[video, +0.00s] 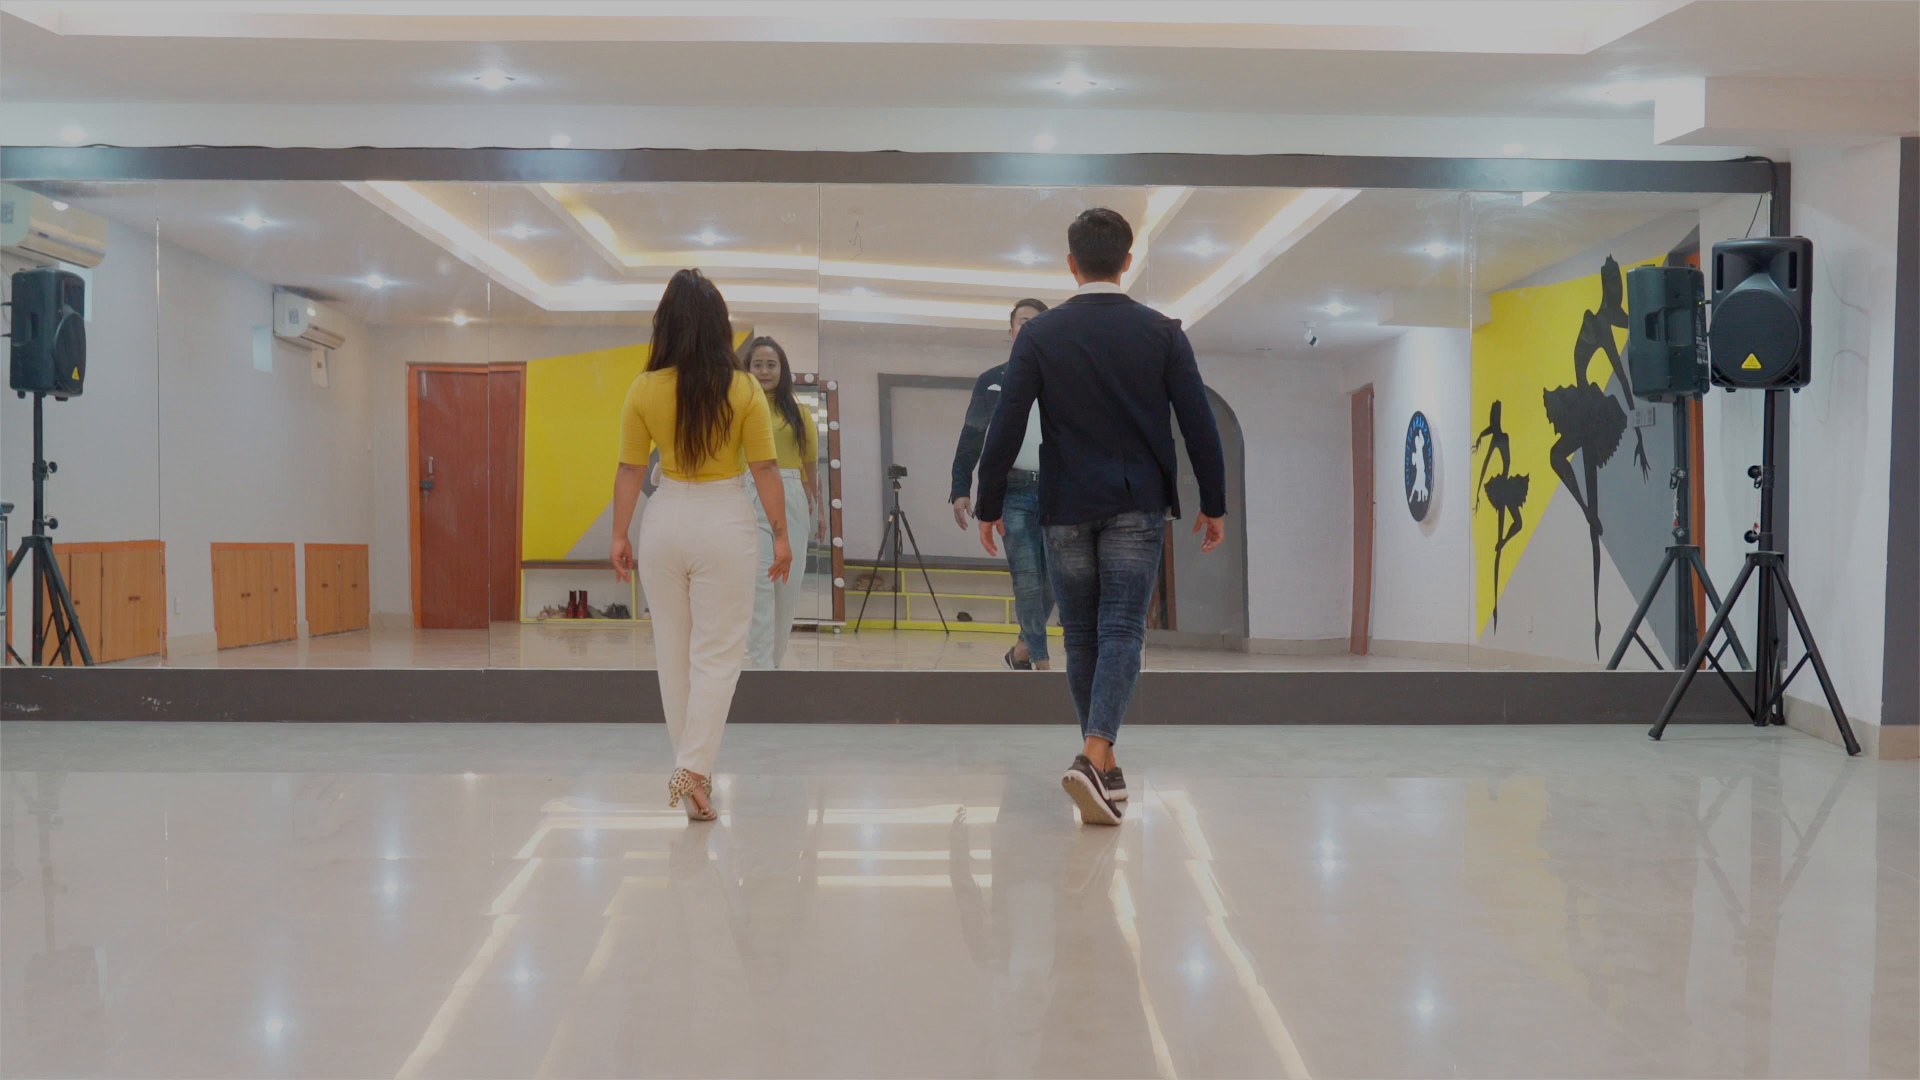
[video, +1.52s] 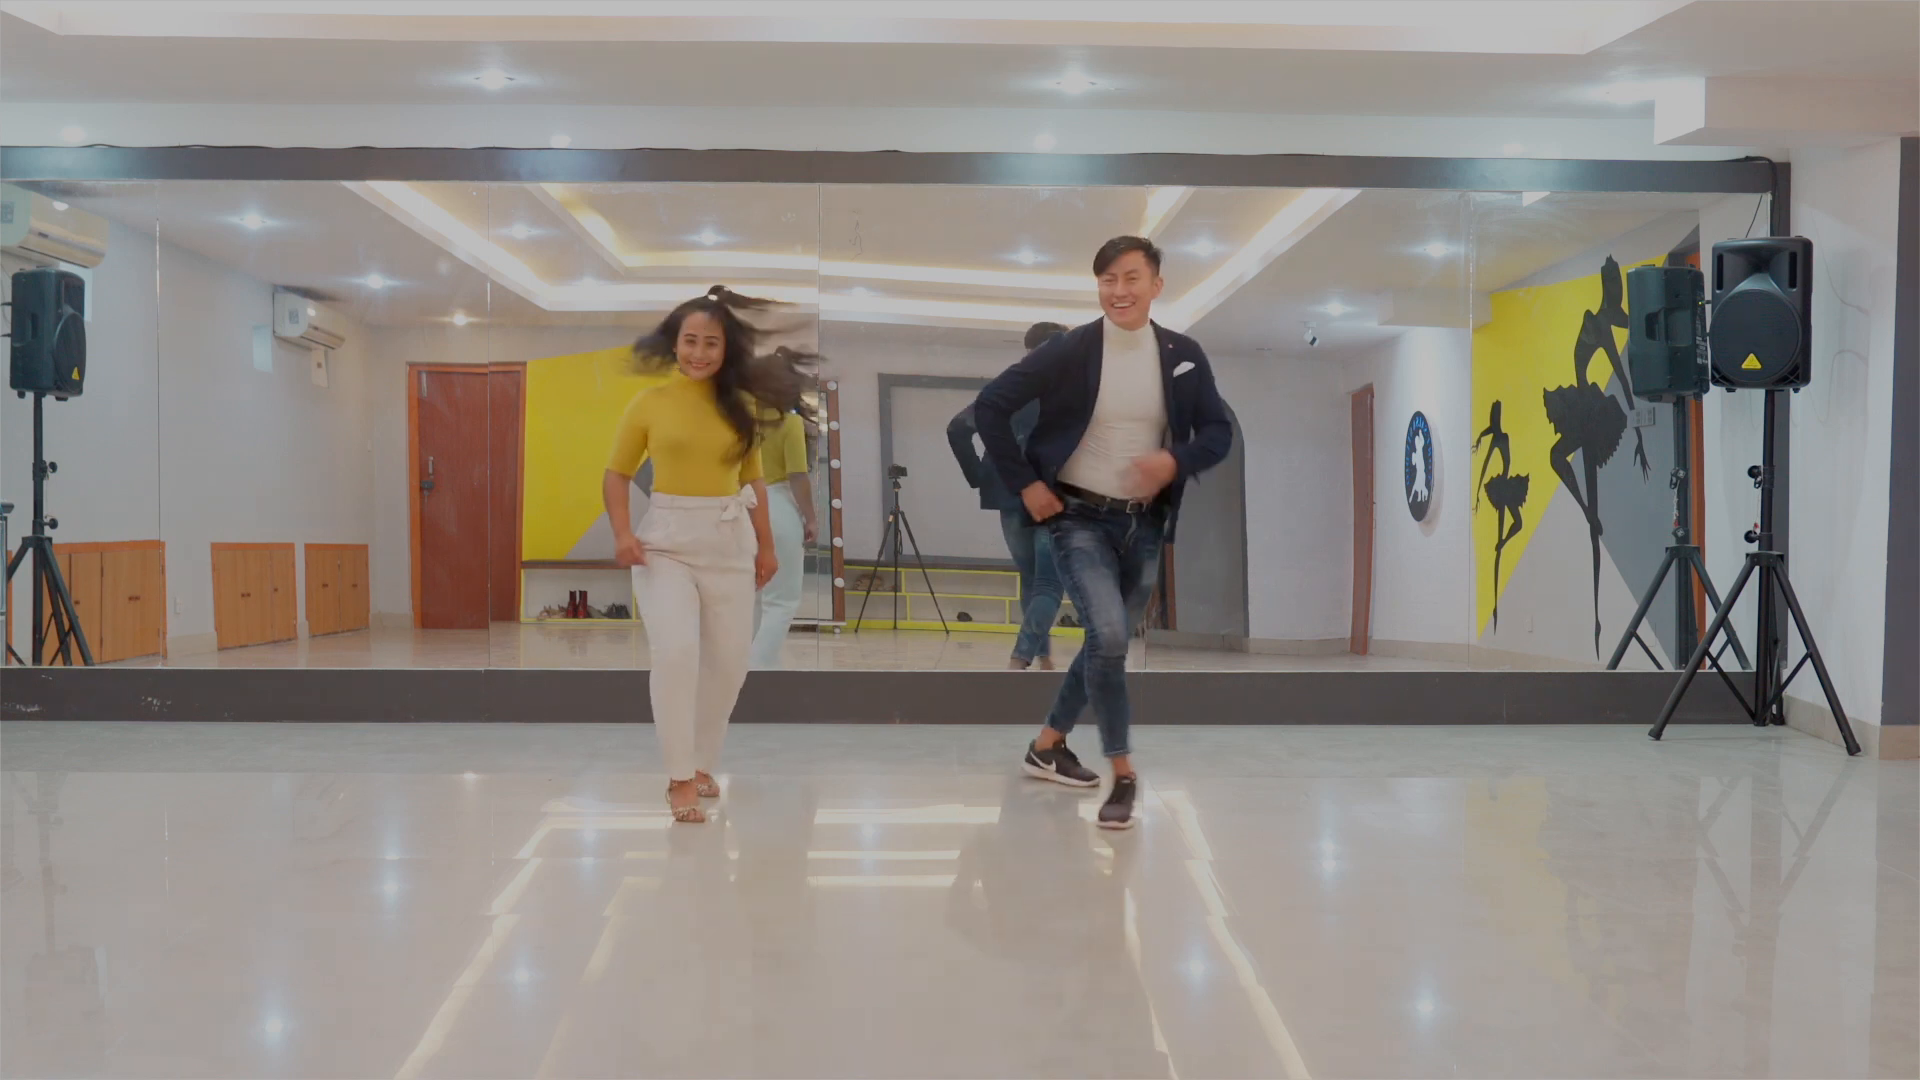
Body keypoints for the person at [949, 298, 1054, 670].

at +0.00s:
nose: (1027, 330)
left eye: (1036, 324)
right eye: (1022, 323)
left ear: (1048, 332)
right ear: (1010, 330)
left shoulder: (1061, 379)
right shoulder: (993, 381)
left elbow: (1076, 434)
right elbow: (972, 436)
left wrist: (1079, 486)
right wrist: (961, 489)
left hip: (1057, 488)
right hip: (1014, 487)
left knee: (1055, 577)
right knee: (1026, 575)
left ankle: (1021, 650)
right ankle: (1040, 661)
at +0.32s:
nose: (1027, 330)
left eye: (1035, 324)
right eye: (1021, 323)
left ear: (1048, 332)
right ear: (1010, 330)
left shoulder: (1062, 379)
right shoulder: (993, 381)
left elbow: (1077, 434)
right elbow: (972, 436)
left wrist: (1080, 486)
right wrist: (960, 488)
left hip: (1058, 488)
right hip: (1014, 487)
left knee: (1056, 577)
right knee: (1026, 575)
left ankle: (1021, 649)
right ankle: (1040, 660)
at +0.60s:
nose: (1028, 330)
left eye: (1037, 324)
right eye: (1022, 323)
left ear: (1049, 332)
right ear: (1011, 330)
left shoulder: (1062, 380)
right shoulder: (994, 382)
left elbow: (1080, 434)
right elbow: (970, 436)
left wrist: (1081, 485)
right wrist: (960, 486)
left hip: (1057, 490)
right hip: (1013, 489)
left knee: (1054, 577)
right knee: (1025, 575)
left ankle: (1022, 650)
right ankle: (1040, 660)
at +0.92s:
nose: (1049, 343)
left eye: (1055, 337)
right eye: (1040, 336)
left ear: (1064, 340)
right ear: (1026, 340)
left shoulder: (1051, 378)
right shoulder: (1028, 380)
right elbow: (1020, 442)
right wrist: (1044, 482)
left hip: (1039, 492)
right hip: (1021, 495)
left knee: (1056, 577)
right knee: (1051, 579)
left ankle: (1018, 654)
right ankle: (1015, 657)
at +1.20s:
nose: (1034, 353)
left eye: (1030, 346)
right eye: (1044, 347)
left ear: (1026, 347)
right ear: (1061, 351)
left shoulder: (1002, 388)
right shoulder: (1069, 391)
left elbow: (966, 439)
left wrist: (997, 472)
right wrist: (1064, 474)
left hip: (1007, 492)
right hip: (1049, 495)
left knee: (1021, 579)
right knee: (1041, 582)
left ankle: (1021, 654)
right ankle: (1021, 658)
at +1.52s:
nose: (1064, 353)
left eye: (1061, 345)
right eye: (1062, 346)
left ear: (1028, 350)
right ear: (1059, 350)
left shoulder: (1010, 384)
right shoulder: (1069, 385)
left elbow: (958, 428)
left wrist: (978, 476)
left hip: (1009, 493)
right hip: (1053, 492)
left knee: (1030, 581)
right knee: (1049, 585)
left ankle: (1046, 662)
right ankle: (1019, 663)